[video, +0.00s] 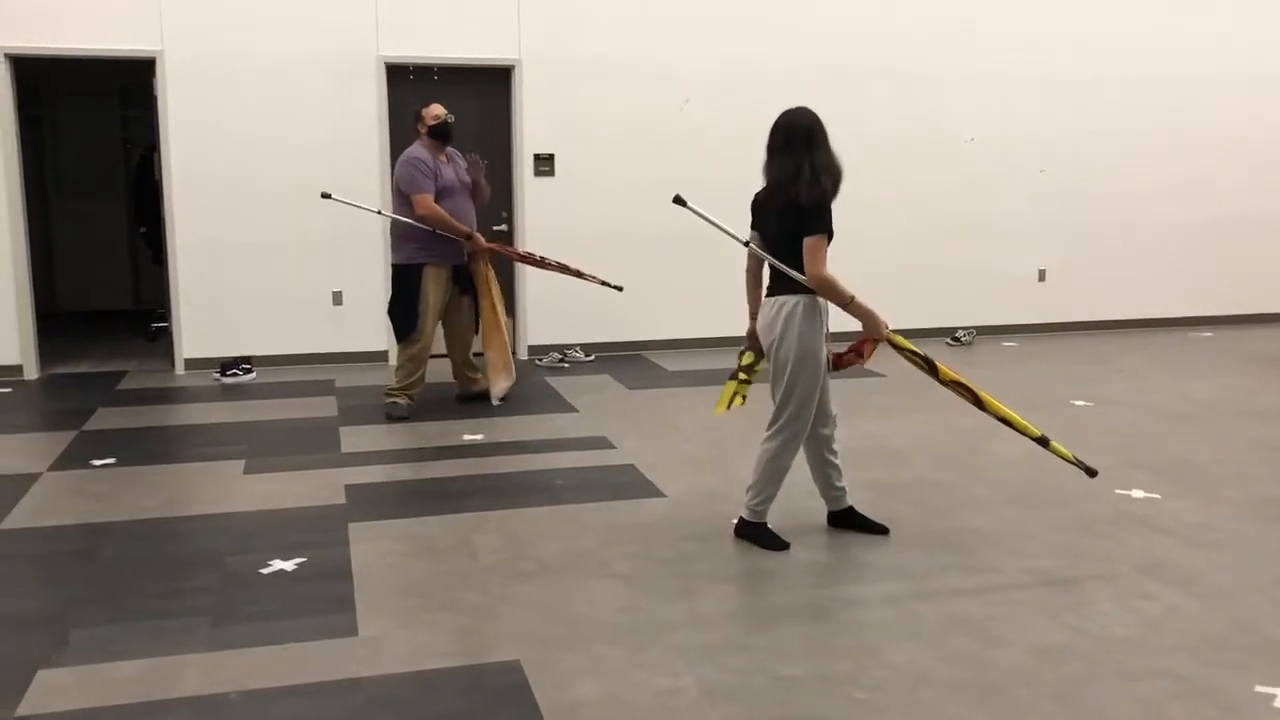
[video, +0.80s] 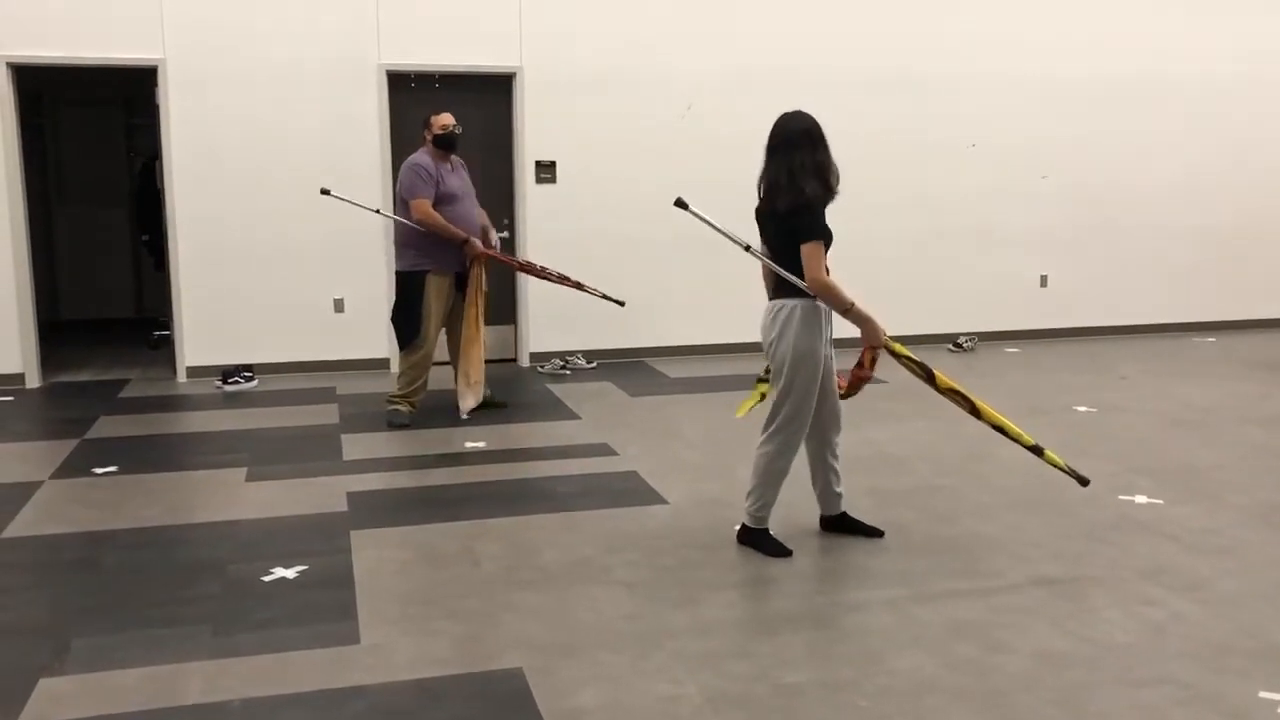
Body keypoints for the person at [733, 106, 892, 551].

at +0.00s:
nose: (829, 153)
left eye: (822, 145)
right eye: (825, 145)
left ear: (774, 149)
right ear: (819, 149)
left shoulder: (764, 200)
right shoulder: (813, 199)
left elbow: (754, 264)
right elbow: (815, 275)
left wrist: (754, 322)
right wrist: (866, 314)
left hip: (778, 311)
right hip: (800, 313)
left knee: (819, 417)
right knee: (793, 417)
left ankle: (839, 509)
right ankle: (752, 518)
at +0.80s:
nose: (827, 158)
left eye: (822, 150)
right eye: (822, 150)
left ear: (776, 153)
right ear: (814, 153)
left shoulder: (773, 201)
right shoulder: (805, 202)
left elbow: (772, 274)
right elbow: (816, 280)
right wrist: (865, 321)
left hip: (795, 316)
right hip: (799, 317)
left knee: (825, 420)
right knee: (788, 423)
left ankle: (833, 513)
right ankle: (754, 524)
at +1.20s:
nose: (840, 145)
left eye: (839, 137)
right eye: (834, 138)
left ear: (804, 141)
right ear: (814, 143)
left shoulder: (810, 193)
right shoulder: (801, 196)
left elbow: (817, 270)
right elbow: (817, 274)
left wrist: (850, 311)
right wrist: (869, 315)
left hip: (821, 311)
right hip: (798, 312)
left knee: (830, 415)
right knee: (785, 419)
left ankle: (833, 510)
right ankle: (753, 520)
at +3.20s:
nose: (838, 139)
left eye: (833, 131)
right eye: (833, 131)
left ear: (787, 136)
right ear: (827, 135)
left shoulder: (787, 182)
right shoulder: (817, 184)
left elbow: (784, 261)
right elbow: (831, 261)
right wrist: (878, 302)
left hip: (806, 298)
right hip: (808, 299)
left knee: (826, 402)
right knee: (789, 406)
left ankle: (840, 495)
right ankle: (760, 508)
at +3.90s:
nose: (834, 133)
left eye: (829, 125)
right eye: (830, 125)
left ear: (785, 129)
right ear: (821, 128)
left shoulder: (784, 177)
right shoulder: (810, 179)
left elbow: (782, 247)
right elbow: (825, 257)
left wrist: (790, 297)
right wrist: (876, 296)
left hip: (805, 292)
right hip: (805, 295)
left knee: (825, 398)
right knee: (786, 402)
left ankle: (838, 491)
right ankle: (759, 503)